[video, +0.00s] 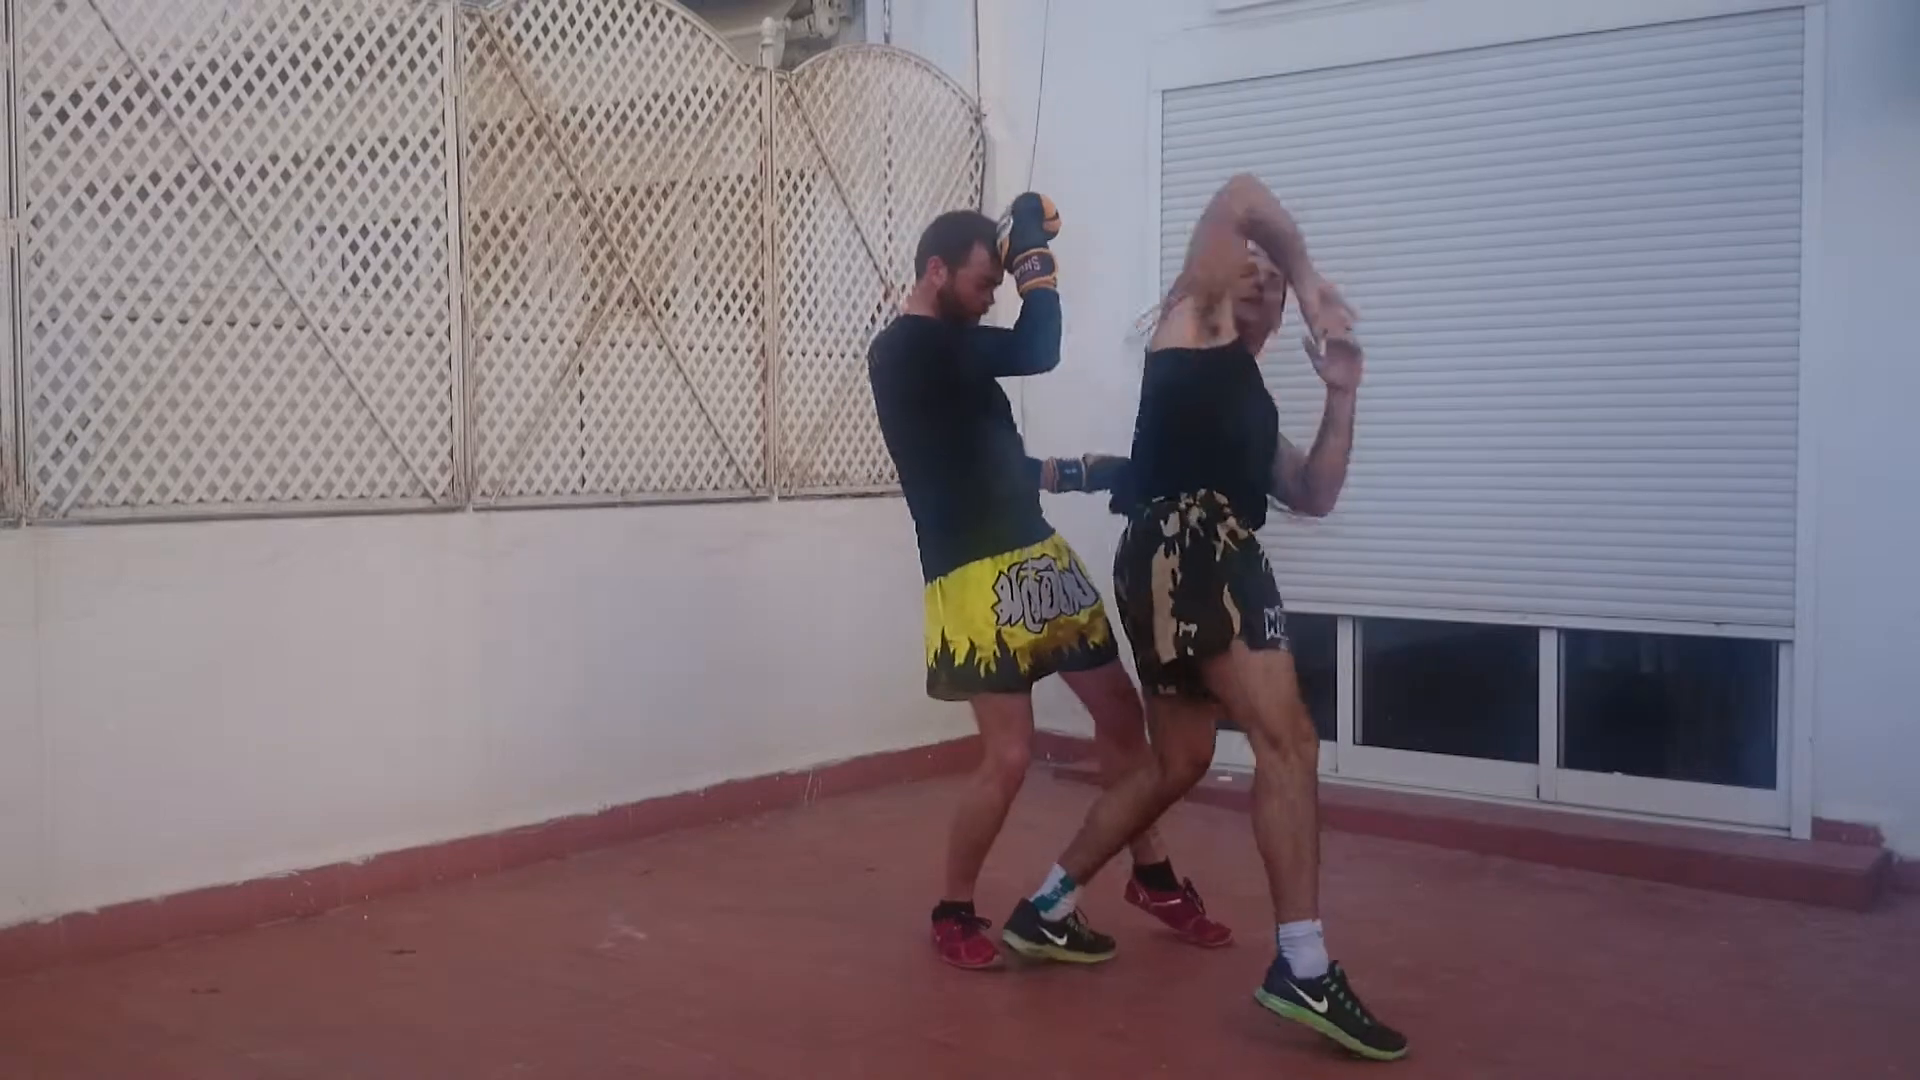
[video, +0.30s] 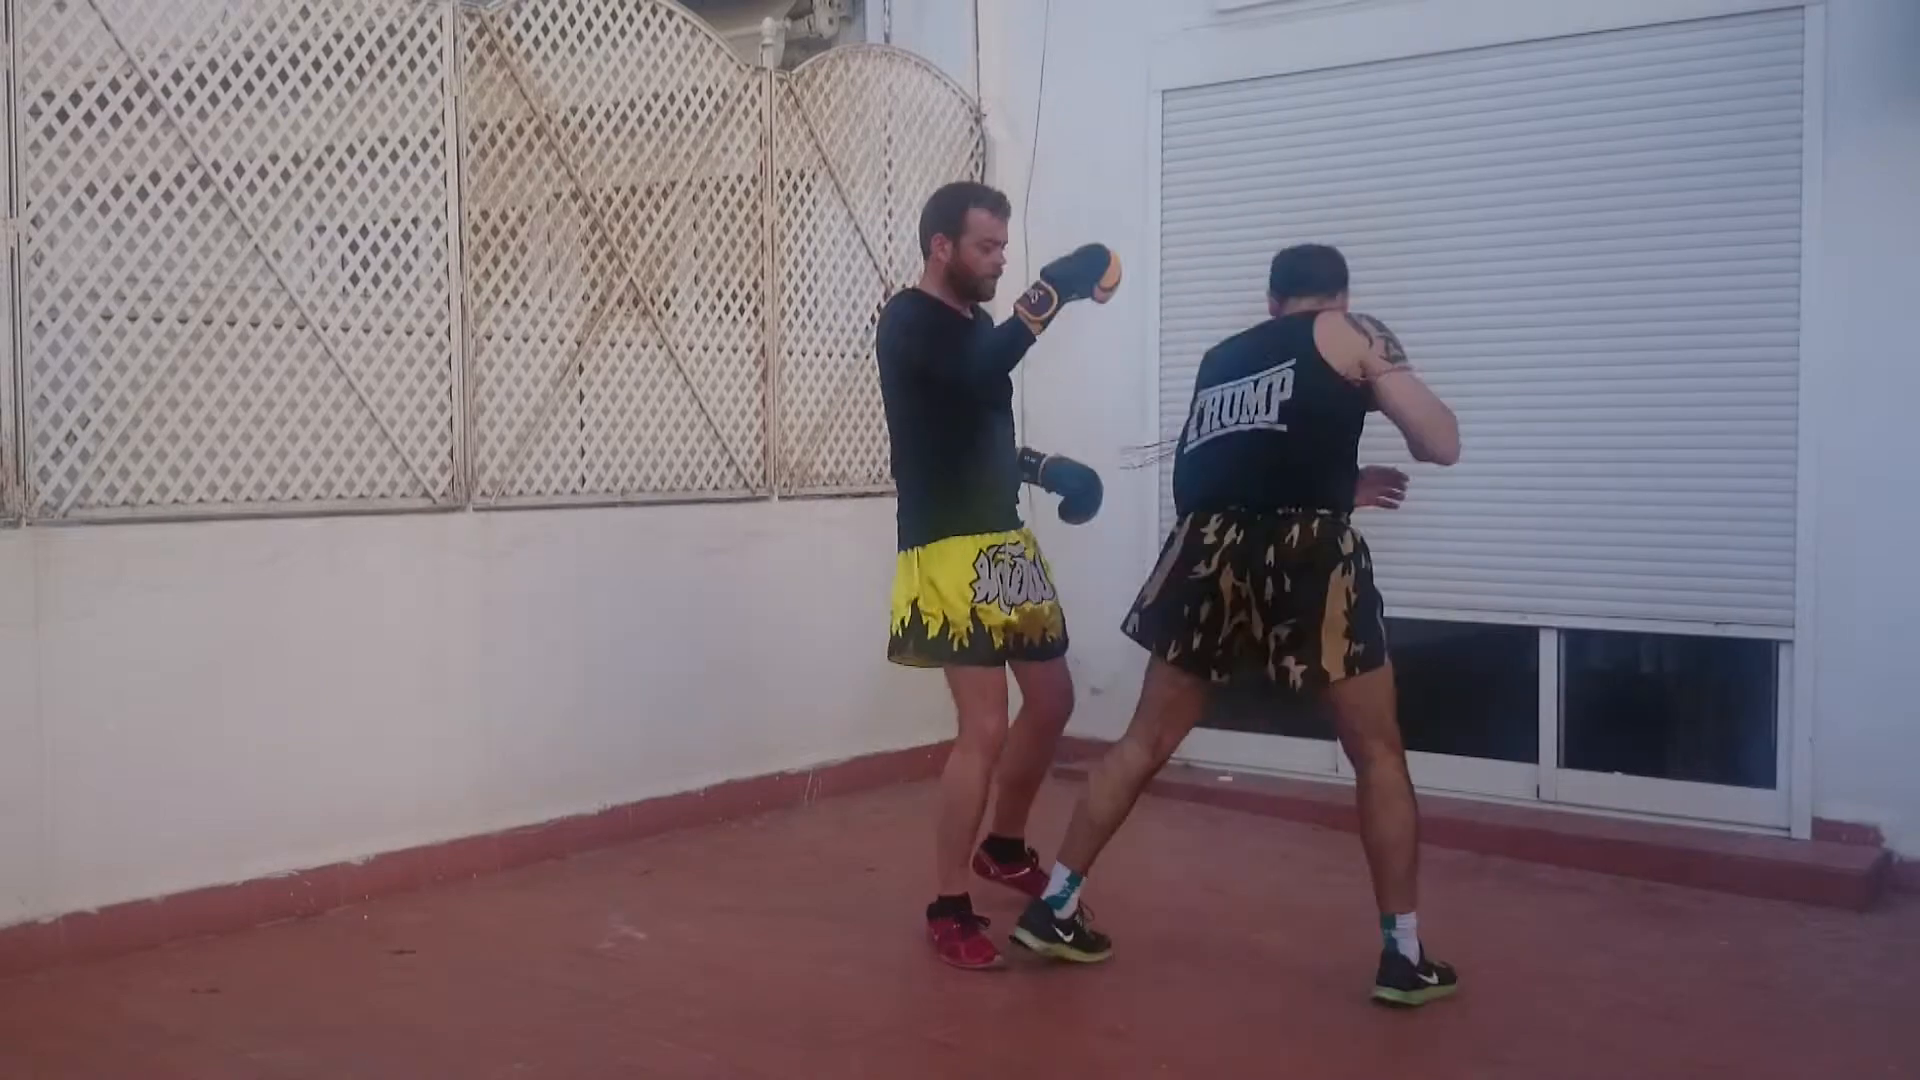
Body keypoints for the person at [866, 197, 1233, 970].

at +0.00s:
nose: (995, 294)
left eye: (996, 280)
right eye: (986, 278)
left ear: (947, 273)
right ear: (940, 268)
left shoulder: (953, 347)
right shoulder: (910, 344)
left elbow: (998, 468)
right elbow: (1036, 350)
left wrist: (1094, 472)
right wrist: (1035, 266)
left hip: (1036, 552)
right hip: (973, 570)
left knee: (1120, 712)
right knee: (1008, 754)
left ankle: (1153, 872)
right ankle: (954, 913)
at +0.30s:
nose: (1000, 260)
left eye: (1003, 248)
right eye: (987, 246)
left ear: (984, 250)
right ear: (940, 245)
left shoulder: (969, 327)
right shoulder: (909, 317)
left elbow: (974, 444)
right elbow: (976, 369)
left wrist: (1044, 469)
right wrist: (1051, 288)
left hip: (1003, 535)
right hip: (947, 543)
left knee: (1051, 700)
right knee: (983, 723)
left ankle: (1002, 845)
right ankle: (948, 906)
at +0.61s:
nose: (994, 269)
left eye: (999, 256)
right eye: (981, 255)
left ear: (996, 259)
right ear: (935, 257)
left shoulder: (987, 348)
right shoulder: (893, 334)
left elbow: (1035, 436)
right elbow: (893, 439)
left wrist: (1091, 398)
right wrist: (952, 396)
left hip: (959, 542)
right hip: (894, 540)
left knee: (991, 705)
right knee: (909, 709)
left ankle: (967, 864)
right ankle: (823, 860)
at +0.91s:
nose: (914, 272)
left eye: (923, 263)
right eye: (903, 258)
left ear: (927, 268)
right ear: (862, 253)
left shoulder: (916, 335)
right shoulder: (818, 321)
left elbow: (992, 408)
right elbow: (818, 405)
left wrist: (1024, 338)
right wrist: (880, 330)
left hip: (905, 542)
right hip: (826, 547)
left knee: (1004, 668)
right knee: (809, 723)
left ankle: (1015, 837)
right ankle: (765, 870)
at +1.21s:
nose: (900, 293)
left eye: (910, 281)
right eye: (887, 279)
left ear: (919, 275)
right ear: (851, 269)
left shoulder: (929, 340)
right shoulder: (809, 337)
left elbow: (1000, 422)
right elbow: (802, 426)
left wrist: (1019, 359)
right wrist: (844, 346)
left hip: (919, 549)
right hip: (833, 552)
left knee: (1000, 693)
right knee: (807, 725)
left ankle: (1012, 864)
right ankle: (764, 871)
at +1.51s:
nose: (987, 310)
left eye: (994, 298)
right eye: (974, 298)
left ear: (1003, 295)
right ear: (942, 294)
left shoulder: (1023, 353)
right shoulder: (912, 349)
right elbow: (860, 447)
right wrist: (895, 366)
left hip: (1012, 563)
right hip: (918, 561)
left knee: (1089, 723)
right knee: (850, 719)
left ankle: (1132, 876)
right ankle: (787, 869)